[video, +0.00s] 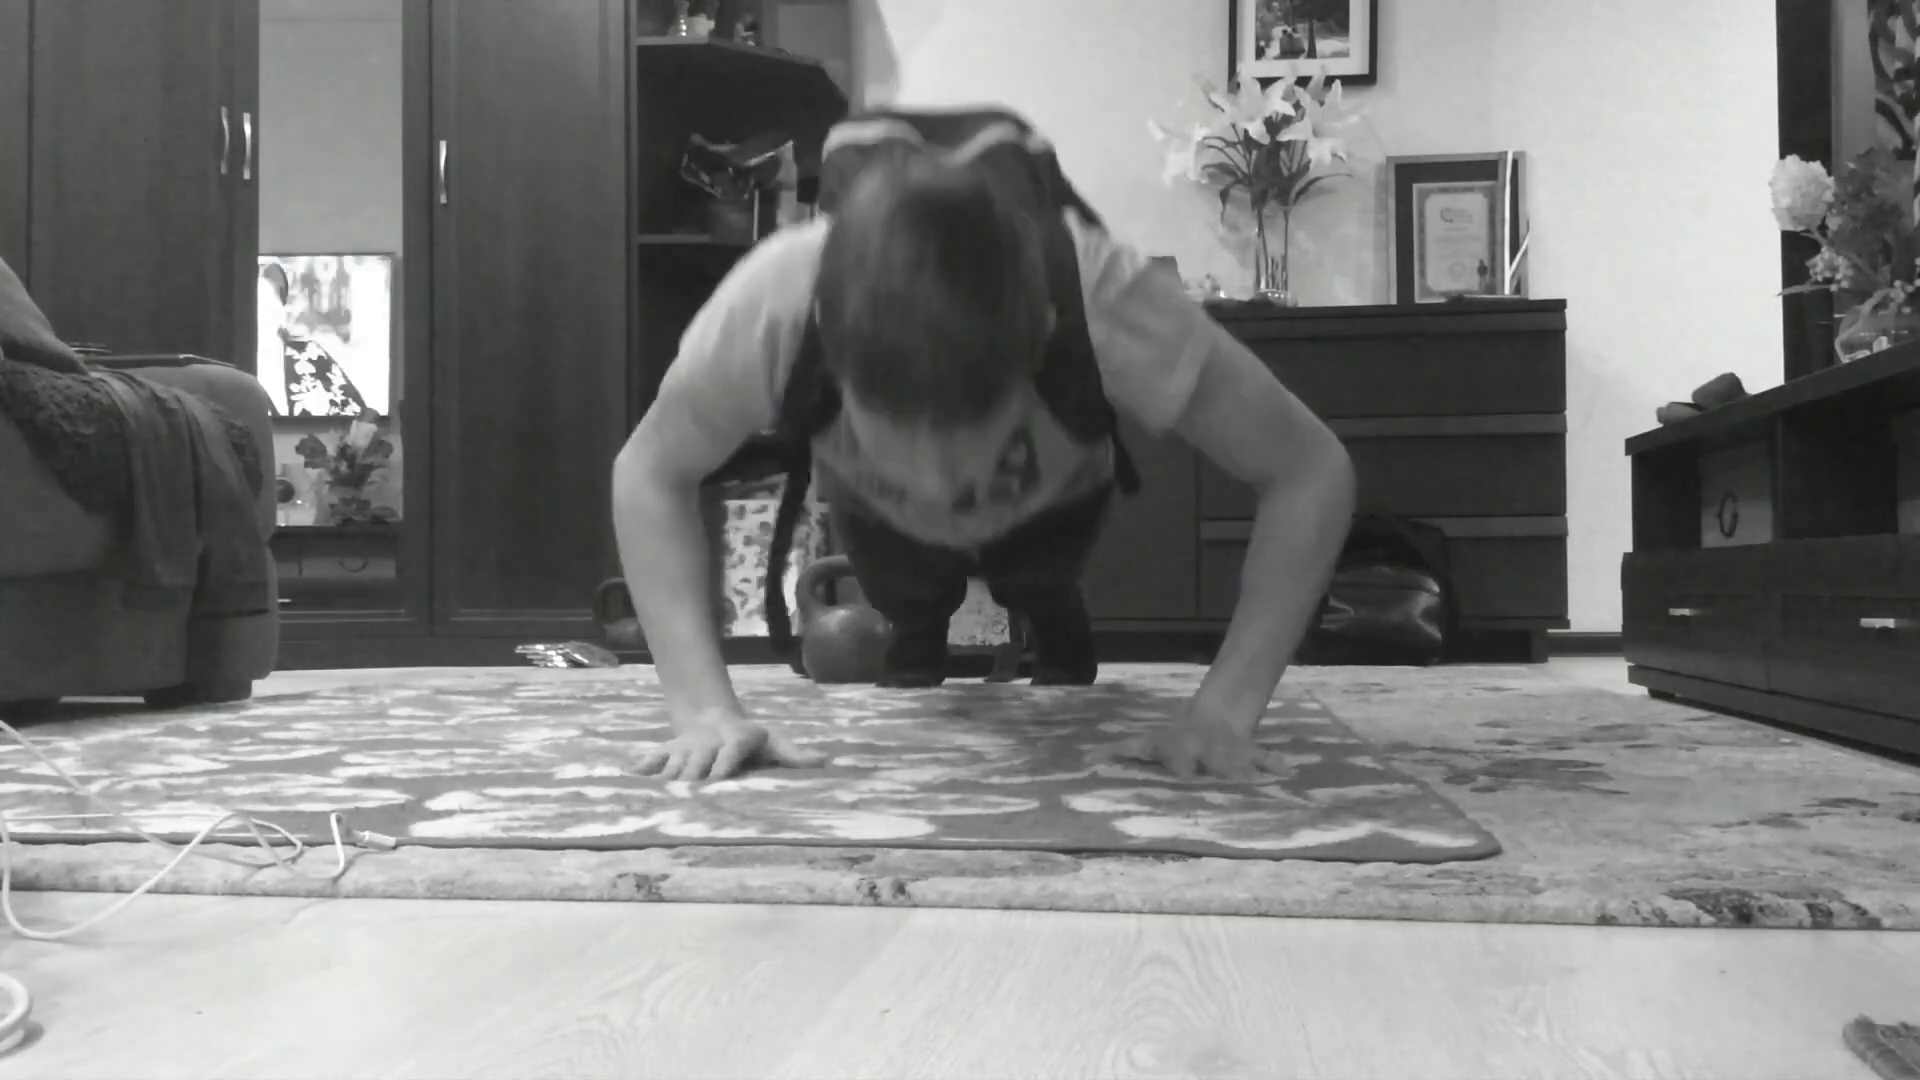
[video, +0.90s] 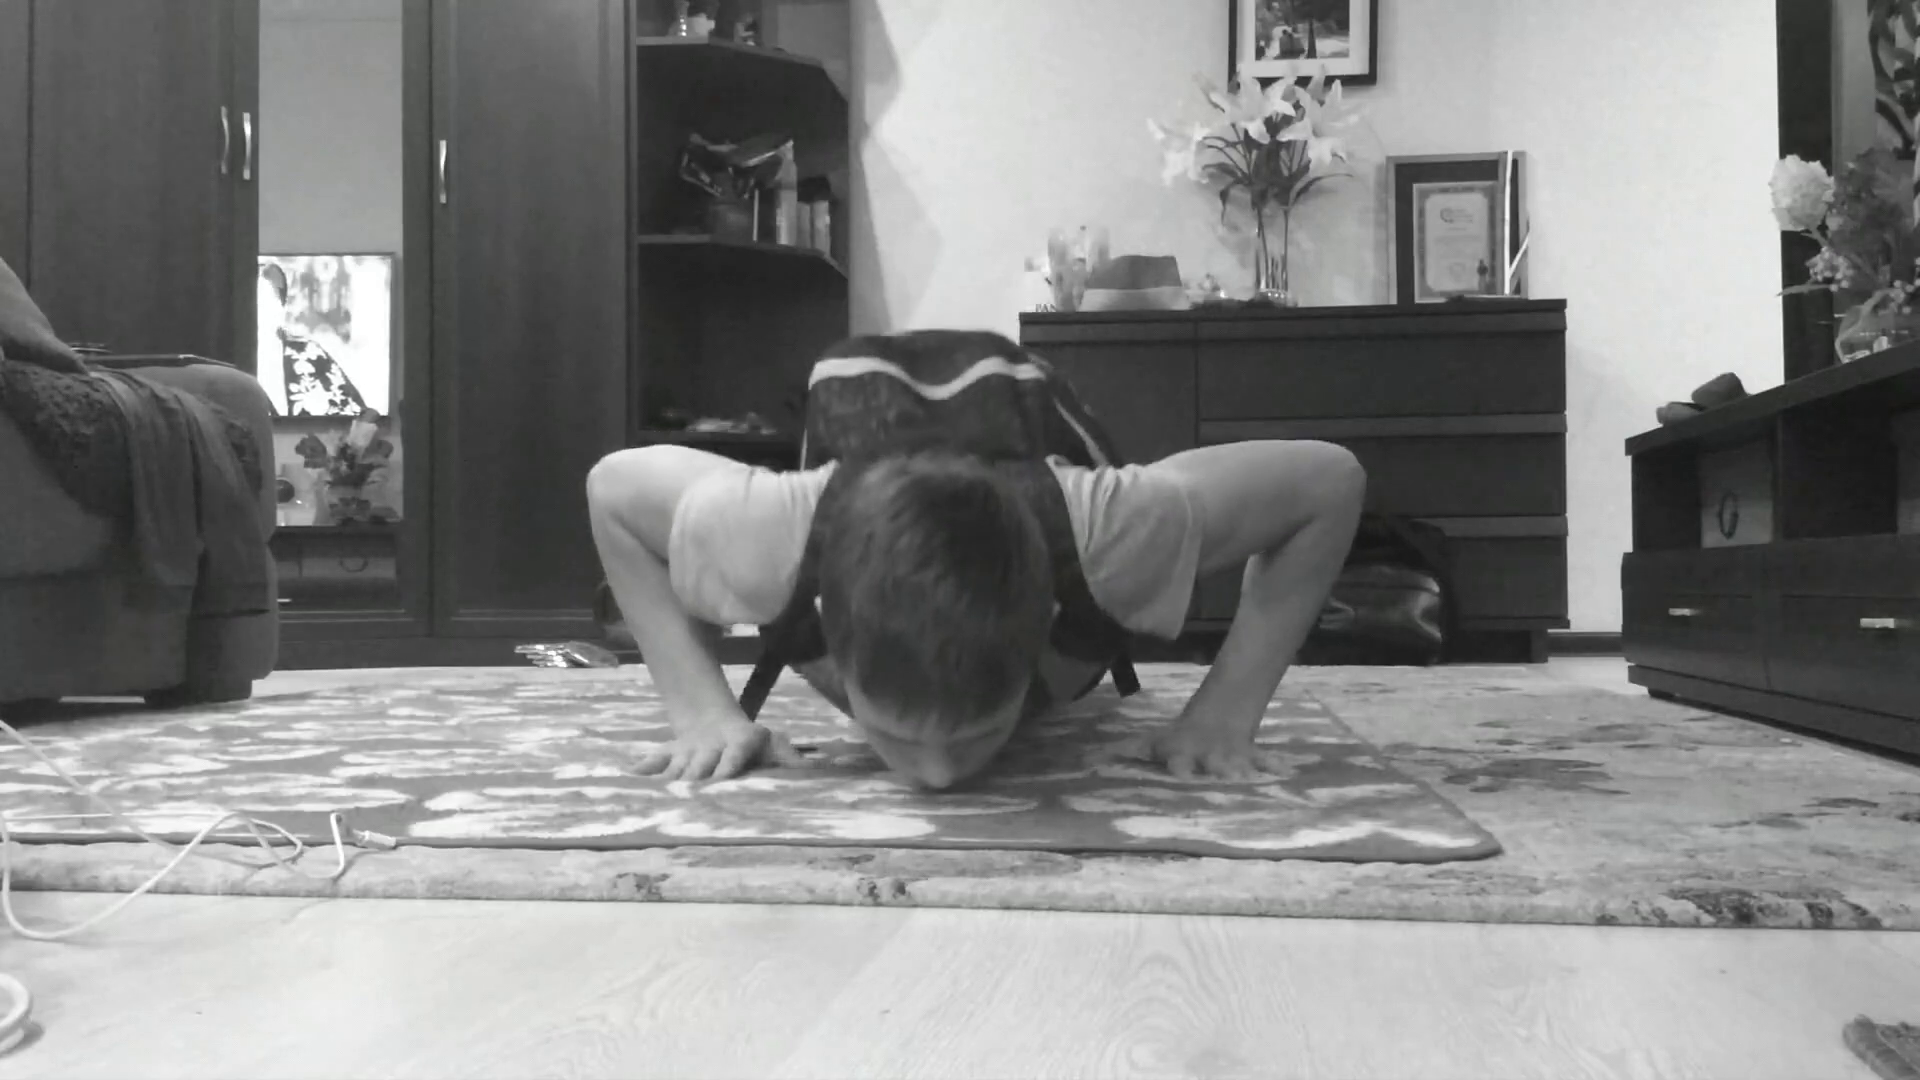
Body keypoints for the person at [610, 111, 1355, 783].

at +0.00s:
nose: (939, 502)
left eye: (980, 465)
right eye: (896, 469)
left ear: (1040, 353)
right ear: (840, 366)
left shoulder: (1117, 314)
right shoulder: (772, 312)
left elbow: (1315, 470)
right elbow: (649, 475)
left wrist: (1227, 709)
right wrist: (702, 704)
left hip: (1052, 503)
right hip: (881, 524)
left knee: (1044, 581)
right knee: (908, 601)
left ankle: (1051, 625)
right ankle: (917, 639)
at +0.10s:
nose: (947, 548)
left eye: (984, 512)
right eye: (901, 523)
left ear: (1049, 398)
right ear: (841, 425)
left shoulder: (1125, 349)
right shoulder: (771, 348)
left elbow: (1323, 476)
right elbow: (644, 477)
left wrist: (1233, 704)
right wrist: (700, 705)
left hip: (1056, 521)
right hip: (883, 544)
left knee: (1045, 587)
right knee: (904, 606)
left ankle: (1048, 627)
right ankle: (918, 632)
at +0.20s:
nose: (948, 600)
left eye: (993, 563)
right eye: (904, 572)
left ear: (1052, 450)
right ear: (838, 464)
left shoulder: (1121, 370)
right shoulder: (770, 372)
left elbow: (1332, 480)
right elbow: (636, 482)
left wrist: (1233, 706)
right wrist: (704, 710)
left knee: (1051, 596)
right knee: (885, 640)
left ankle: (1052, 629)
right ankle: (898, 636)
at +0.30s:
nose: (944, 643)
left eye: (983, 601)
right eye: (902, 605)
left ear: (1056, 492)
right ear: (832, 498)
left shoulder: (1124, 411)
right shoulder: (771, 413)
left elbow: (1337, 485)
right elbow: (628, 488)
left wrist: (1228, 712)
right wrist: (699, 705)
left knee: (1052, 661)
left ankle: (1042, 652)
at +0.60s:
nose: (936, 722)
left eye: (976, 687)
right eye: (893, 683)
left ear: (1049, 573)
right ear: (826, 575)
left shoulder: (1129, 481)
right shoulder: (757, 490)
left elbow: (1340, 485)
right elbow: (614, 492)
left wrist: (1227, 712)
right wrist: (699, 705)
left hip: (1018, 346)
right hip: (863, 340)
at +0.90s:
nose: (936, 774)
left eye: (974, 736)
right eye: (895, 738)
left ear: (1048, 621)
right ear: (826, 629)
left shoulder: (1125, 536)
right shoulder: (752, 546)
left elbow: (1333, 482)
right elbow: (611, 489)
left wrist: (1230, 705)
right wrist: (698, 704)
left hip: (1014, 395)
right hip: (856, 391)